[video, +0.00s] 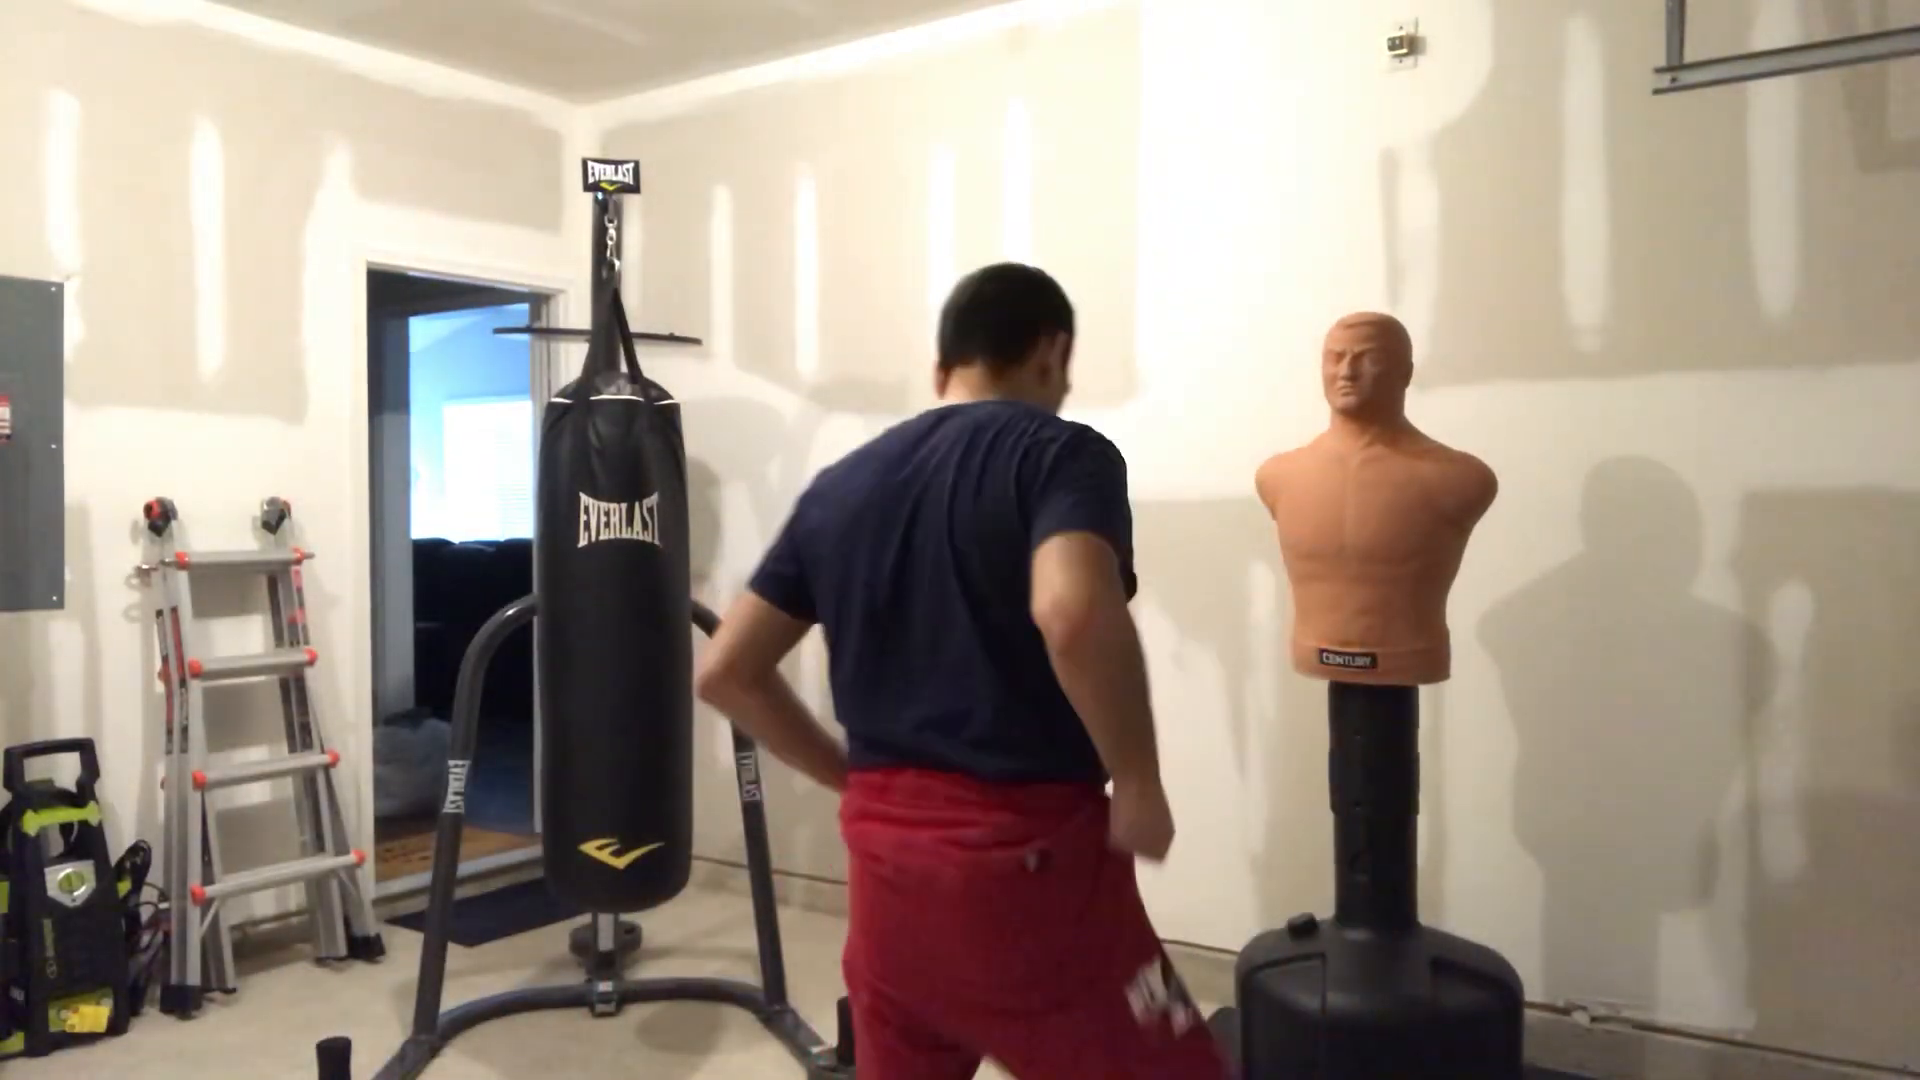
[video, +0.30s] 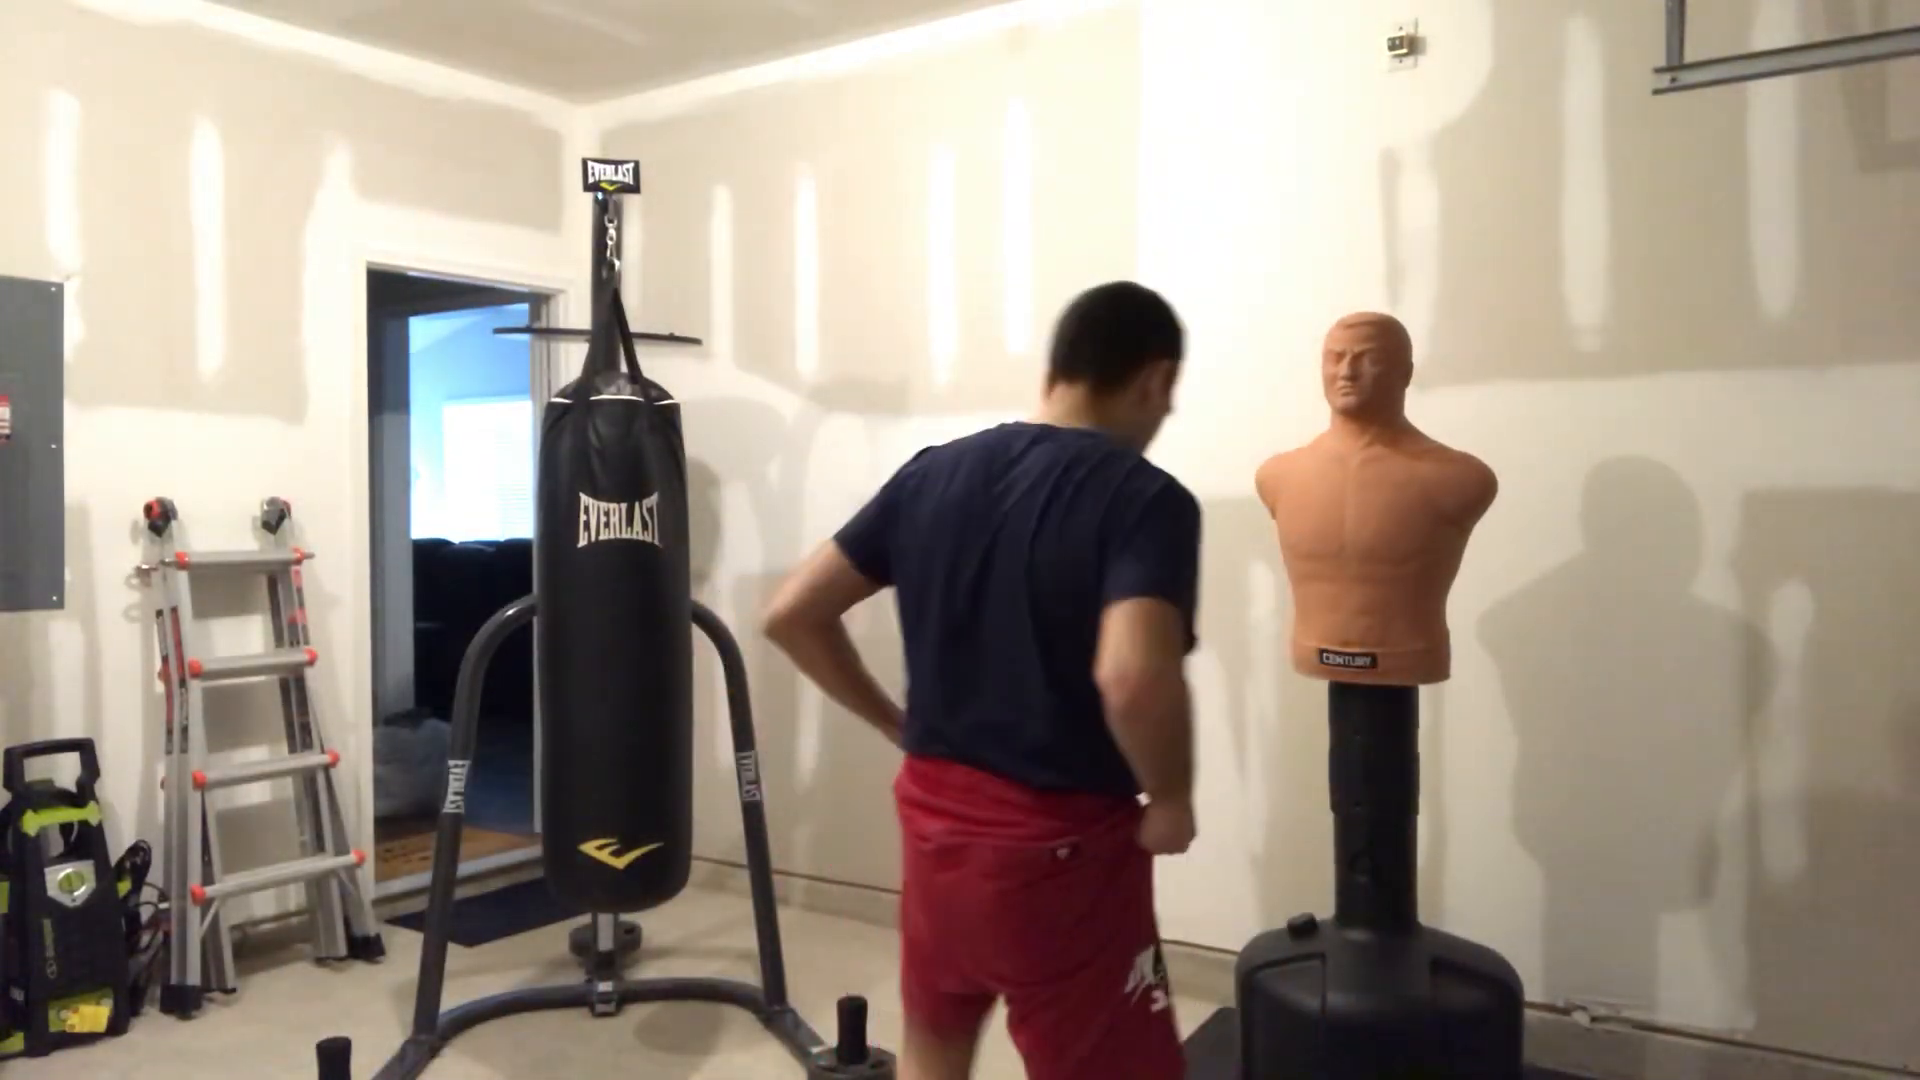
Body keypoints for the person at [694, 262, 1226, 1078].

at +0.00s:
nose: (1064, 390)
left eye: (1066, 373)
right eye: (1066, 369)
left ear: (941, 368)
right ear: (1051, 353)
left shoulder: (847, 481)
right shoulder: (1062, 452)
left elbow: (728, 674)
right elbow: (1071, 609)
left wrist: (848, 775)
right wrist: (1137, 783)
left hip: (884, 870)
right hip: (1029, 876)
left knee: (898, 1066)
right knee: (1175, 1065)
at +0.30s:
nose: (1168, 410)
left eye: (1173, 389)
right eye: (1171, 388)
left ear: (1057, 367)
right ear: (1152, 380)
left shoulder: (938, 472)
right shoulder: (1145, 498)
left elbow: (795, 616)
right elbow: (1132, 678)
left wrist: (900, 725)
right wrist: (1169, 798)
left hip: (936, 847)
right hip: (1063, 866)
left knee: (931, 1055)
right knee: (1112, 1067)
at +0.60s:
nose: (1214, 412)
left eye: (1222, 391)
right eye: (1220, 389)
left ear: (1110, 360)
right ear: (1198, 374)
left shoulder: (994, 462)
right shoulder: (1175, 487)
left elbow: (858, 607)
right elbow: (1154, 665)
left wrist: (955, 703)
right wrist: (1192, 788)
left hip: (979, 789)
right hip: (1088, 828)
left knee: (979, 914)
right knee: (1105, 1059)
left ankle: (946, 1030)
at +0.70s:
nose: (1224, 410)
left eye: (1232, 390)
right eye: (1231, 388)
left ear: (1123, 357)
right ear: (1209, 373)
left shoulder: (1010, 455)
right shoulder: (1180, 485)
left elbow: (877, 593)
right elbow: (1136, 660)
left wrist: (964, 681)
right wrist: (1184, 781)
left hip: (985, 766)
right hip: (1083, 810)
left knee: (1013, 906)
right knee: (1093, 1054)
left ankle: (994, 1062)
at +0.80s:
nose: (1232, 418)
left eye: (1241, 399)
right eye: (1240, 396)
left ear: (1133, 360)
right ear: (1218, 379)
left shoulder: (1023, 456)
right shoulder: (1178, 492)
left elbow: (894, 587)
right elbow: (1121, 667)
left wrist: (979, 673)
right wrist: (1174, 777)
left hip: (994, 774)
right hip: (1083, 807)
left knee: (1053, 945)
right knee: (1107, 1049)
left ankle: (1034, 1068)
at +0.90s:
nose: (1234, 446)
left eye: (1243, 425)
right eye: (1240, 422)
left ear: (1137, 387)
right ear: (1212, 405)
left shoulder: (1042, 479)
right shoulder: (1155, 523)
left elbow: (923, 602)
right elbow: (1081, 693)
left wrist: (1009, 687)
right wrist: (1156, 790)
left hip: (1003, 788)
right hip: (1075, 821)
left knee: (1088, 1005)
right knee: (1164, 1045)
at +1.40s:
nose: (1165, 397)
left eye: (1161, 377)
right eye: (1157, 377)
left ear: (1069, 386)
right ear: (1126, 382)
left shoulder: (1050, 480)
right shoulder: (1072, 492)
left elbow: (1062, 612)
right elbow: (1047, 677)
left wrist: (1169, 606)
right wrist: (1213, 686)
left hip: (1055, 776)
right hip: (1070, 789)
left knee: (1083, 1034)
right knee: (1116, 1042)